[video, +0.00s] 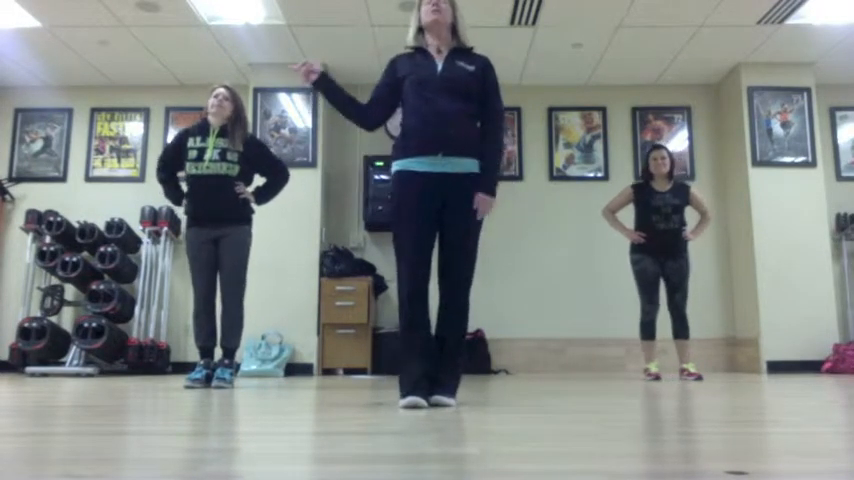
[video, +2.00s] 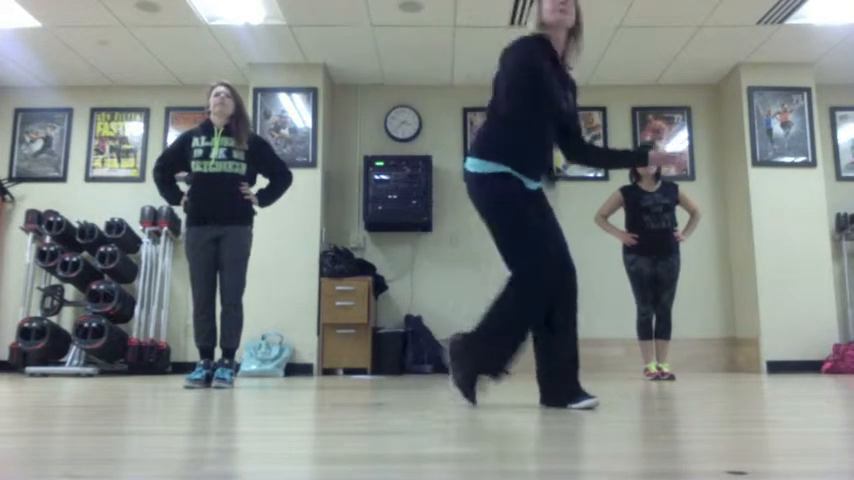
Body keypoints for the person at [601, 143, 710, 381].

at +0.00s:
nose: (660, 163)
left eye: (663, 158)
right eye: (655, 159)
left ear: (670, 162)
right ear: (648, 164)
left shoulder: (682, 189)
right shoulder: (638, 189)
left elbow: (706, 213)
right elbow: (607, 211)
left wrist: (693, 234)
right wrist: (627, 232)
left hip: (676, 253)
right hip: (645, 254)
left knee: (678, 307)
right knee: (649, 308)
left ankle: (685, 364)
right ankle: (650, 364)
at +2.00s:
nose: (648, 164)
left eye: (651, 160)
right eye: (643, 161)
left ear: (658, 163)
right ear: (636, 167)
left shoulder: (670, 190)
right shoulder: (627, 192)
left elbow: (695, 212)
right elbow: (600, 217)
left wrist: (684, 233)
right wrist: (620, 234)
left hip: (667, 252)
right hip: (639, 253)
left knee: (664, 308)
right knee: (645, 309)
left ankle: (662, 363)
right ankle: (649, 364)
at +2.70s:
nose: (635, 164)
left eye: (639, 161)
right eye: (631, 161)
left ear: (645, 166)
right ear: (622, 165)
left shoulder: (656, 194)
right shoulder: (612, 196)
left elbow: (675, 223)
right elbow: (606, 230)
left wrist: (690, 250)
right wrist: (613, 210)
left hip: (656, 255)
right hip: (626, 256)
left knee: (663, 308)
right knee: (627, 310)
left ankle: (663, 363)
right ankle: (616, 364)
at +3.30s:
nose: (638, 163)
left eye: (640, 160)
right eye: (633, 160)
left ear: (643, 166)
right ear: (622, 166)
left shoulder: (649, 194)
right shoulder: (611, 190)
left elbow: (656, 231)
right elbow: (615, 210)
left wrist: (671, 264)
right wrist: (626, 181)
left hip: (645, 256)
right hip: (619, 256)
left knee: (676, 299)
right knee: (619, 307)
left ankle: (672, 358)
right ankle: (615, 365)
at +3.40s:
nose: (647, 165)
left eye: (650, 161)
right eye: (642, 160)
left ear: (654, 166)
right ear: (634, 165)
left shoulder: (658, 201)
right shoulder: (626, 190)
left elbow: (661, 239)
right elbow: (622, 220)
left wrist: (678, 269)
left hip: (650, 257)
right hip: (626, 254)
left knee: (670, 306)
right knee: (626, 306)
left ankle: (670, 364)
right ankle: (615, 364)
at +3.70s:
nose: (681, 176)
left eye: (683, 172)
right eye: (674, 172)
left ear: (687, 179)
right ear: (664, 177)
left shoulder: (679, 211)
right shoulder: (655, 200)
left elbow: (668, 251)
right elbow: (630, 222)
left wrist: (680, 278)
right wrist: (649, 211)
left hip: (658, 263)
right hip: (636, 256)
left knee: (678, 307)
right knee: (656, 302)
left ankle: (671, 365)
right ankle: (610, 336)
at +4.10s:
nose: (676, 170)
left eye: (679, 167)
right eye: (671, 167)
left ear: (684, 177)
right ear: (661, 174)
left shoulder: (683, 208)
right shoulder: (651, 196)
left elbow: (674, 244)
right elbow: (622, 204)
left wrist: (676, 274)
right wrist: (636, 198)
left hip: (659, 260)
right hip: (633, 252)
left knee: (677, 307)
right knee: (660, 289)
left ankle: (671, 365)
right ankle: (618, 329)